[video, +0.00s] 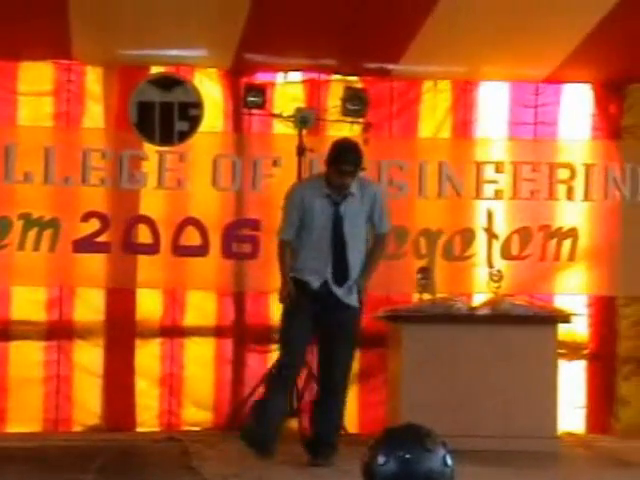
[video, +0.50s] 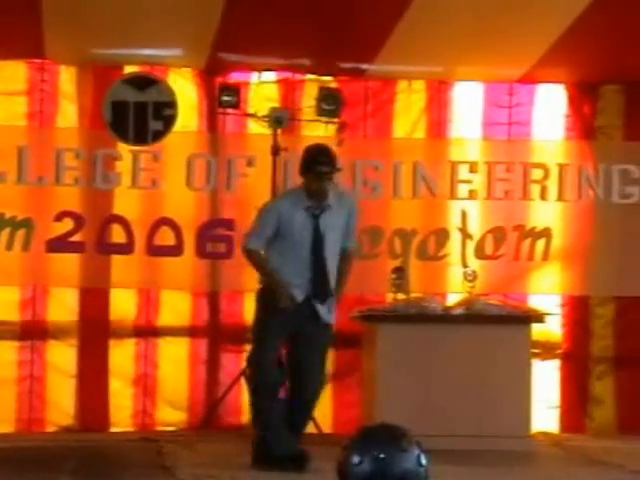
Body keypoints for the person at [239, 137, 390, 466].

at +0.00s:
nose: (345, 182)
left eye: (351, 176)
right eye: (340, 175)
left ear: (359, 172)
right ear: (327, 168)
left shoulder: (370, 195)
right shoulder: (302, 193)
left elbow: (380, 237)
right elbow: (286, 239)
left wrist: (364, 279)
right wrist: (285, 280)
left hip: (346, 293)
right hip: (306, 289)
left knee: (335, 374)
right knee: (289, 363)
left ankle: (324, 444)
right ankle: (263, 432)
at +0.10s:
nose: (346, 181)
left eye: (352, 174)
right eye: (340, 174)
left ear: (359, 171)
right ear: (328, 167)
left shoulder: (370, 193)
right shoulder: (301, 192)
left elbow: (381, 234)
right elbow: (285, 236)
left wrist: (363, 279)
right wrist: (293, 276)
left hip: (346, 291)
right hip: (307, 288)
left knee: (342, 367)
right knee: (304, 364)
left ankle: (330, 439)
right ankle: (307, 436)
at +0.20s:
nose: (350, 180)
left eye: (355, 174)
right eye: (344, 173)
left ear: (362, 170)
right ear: (330, 166)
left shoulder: (370, 193)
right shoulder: (301, 190)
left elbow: (377, 235)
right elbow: (286, 236)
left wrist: (362, 274)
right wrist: (294, 274)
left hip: (347, 289)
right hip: (310, 287)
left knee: (344, 365)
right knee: (314, 364)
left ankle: (334, 437)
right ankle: (320, 438)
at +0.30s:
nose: (341, 181)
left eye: (346, 174)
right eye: (335, 174)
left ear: (352, 171)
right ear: (320, 168)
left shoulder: (357, 198)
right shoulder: (293, 195)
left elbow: (360, 239)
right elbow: (270, 236)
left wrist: (351, 278)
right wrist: (290, 279)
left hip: (339, 297)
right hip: (301, 295)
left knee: (337, 368)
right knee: (305, 369)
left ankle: (312, 434)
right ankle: (322, 442)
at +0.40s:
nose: (336, 180)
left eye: (341, 173)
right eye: (330, 172)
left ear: (347, 172)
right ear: (316, 169)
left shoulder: (353, 201)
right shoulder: (290, 197)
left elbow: (353, 244)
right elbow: (262, 236)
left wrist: (347, 286)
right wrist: (284, 275)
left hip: (331, 298)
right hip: (293, 294)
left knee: (330, 371)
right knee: (285, 364)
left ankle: (296, 436)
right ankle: (302, 438)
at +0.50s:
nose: (324, 185)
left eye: (329, 178)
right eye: (317, 178)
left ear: (335, 176)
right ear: (303, 176)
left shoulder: (345, 206)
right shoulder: (281, 206)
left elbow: (347, 250)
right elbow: (252, 245)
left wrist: (337, 291)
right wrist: (276, 284)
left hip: (318, 306)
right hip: (279, 303)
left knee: (310, 381)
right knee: (265, 373)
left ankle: (284, 444)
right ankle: (272, 445)